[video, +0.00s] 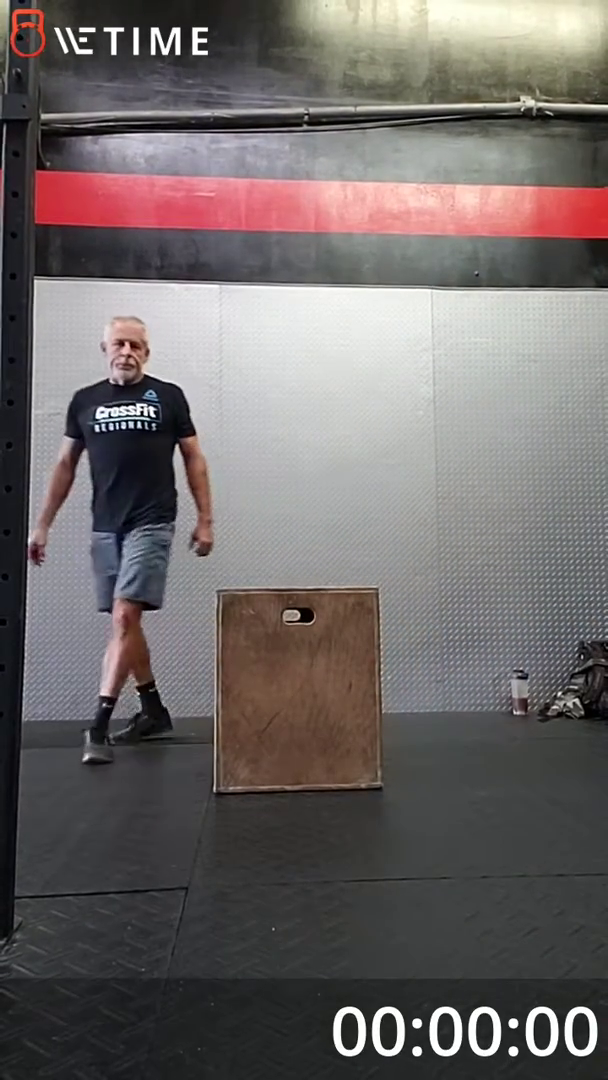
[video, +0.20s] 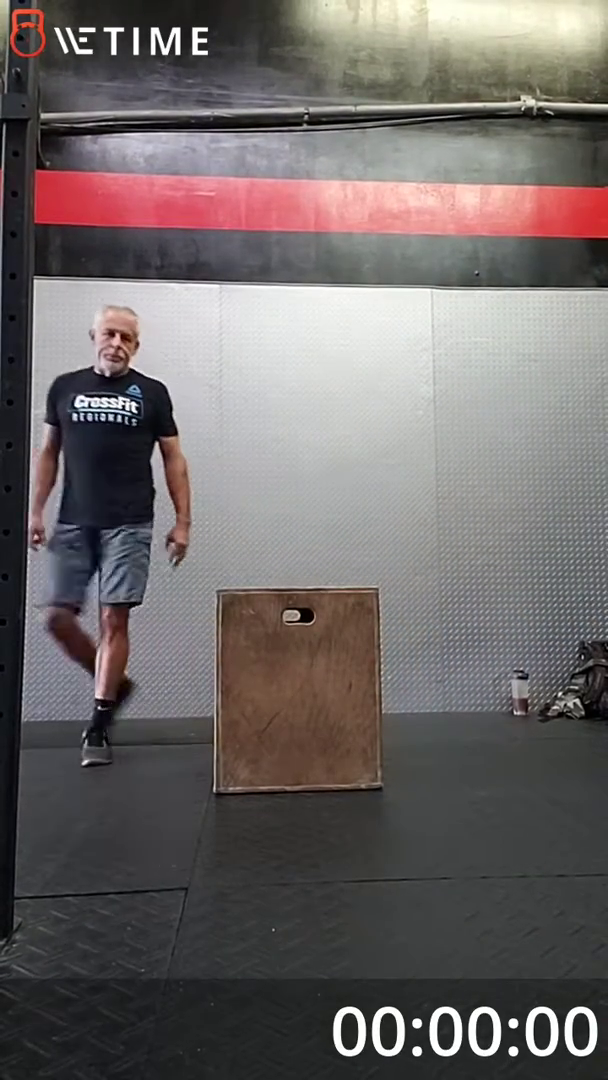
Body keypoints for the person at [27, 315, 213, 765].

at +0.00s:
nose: (127, 352)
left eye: (135, 345)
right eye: (119, 344)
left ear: (146, 352)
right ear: (105, 350)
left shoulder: (168, 397)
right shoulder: (84, 401)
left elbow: (193, 458)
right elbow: (66, 465)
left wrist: (205, 519)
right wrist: (42, 526)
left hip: (152, 521)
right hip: (106, 525)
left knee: (125, 613)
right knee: (123, 619)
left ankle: (98, 726)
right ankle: (153, 709)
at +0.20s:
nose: (117, 343)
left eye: (125, 337)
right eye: (109, 335)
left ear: (135, 345)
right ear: (94, 339)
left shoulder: (152, 393)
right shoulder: (65, 388)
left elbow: (173, 459)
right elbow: (49, 452)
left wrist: (183, 521)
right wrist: (37, 511)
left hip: (128, 524)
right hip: (73, 522)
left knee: (114, 618)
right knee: (58, 619)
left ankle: (97, 728)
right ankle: (114, 684)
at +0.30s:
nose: (108, 339)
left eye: (117, 333)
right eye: (101, 330)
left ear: (126, 341)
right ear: (85, 333)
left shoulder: (143, 389)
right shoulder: (52, 382)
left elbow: (164, 454)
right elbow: (35, 447)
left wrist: (174, 511)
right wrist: (27, 504)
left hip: (120, 523)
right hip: (61, 519)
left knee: (112, 619)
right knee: (34, 612)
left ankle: (98, 727)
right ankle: (68, 693)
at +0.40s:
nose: (97, 333)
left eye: (106, 327)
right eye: (89, 324)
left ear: (116, 334)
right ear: (73, 328)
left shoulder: (132, 386)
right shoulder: (39, 377)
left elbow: (154, 448)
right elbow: (14, 436)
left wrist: (165, 501)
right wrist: (12, 499)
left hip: (112, 519)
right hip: (49, 514)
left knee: (107, 618)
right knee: (26, 606)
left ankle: (97, 728)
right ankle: (10, 714)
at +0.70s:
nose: (50, 316)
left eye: (58, 309)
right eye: (41, 306)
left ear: (67, 317)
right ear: (26, 311)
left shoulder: (80, 374)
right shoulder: (12, 362)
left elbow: (101, 442)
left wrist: (124, 503)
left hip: (65, 509)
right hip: (16, 509)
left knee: (80, 616)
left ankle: (91, 725)